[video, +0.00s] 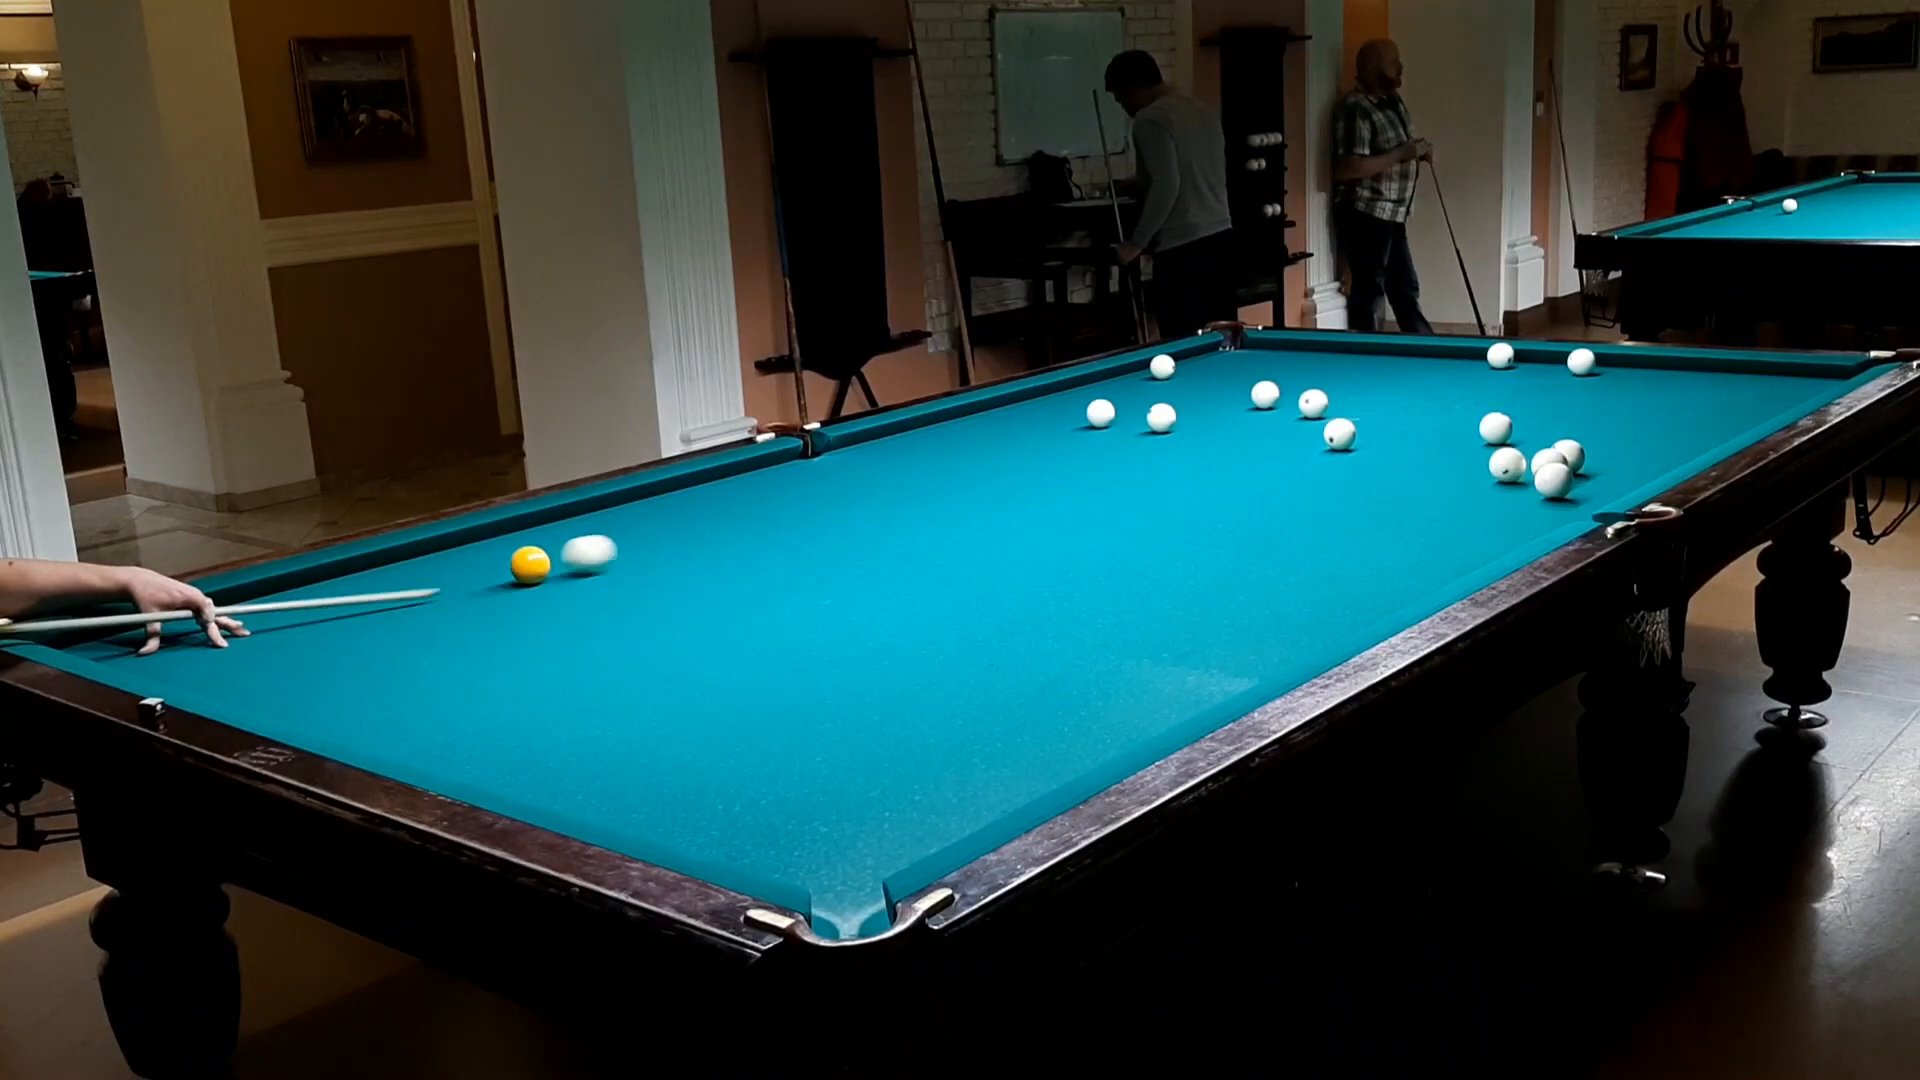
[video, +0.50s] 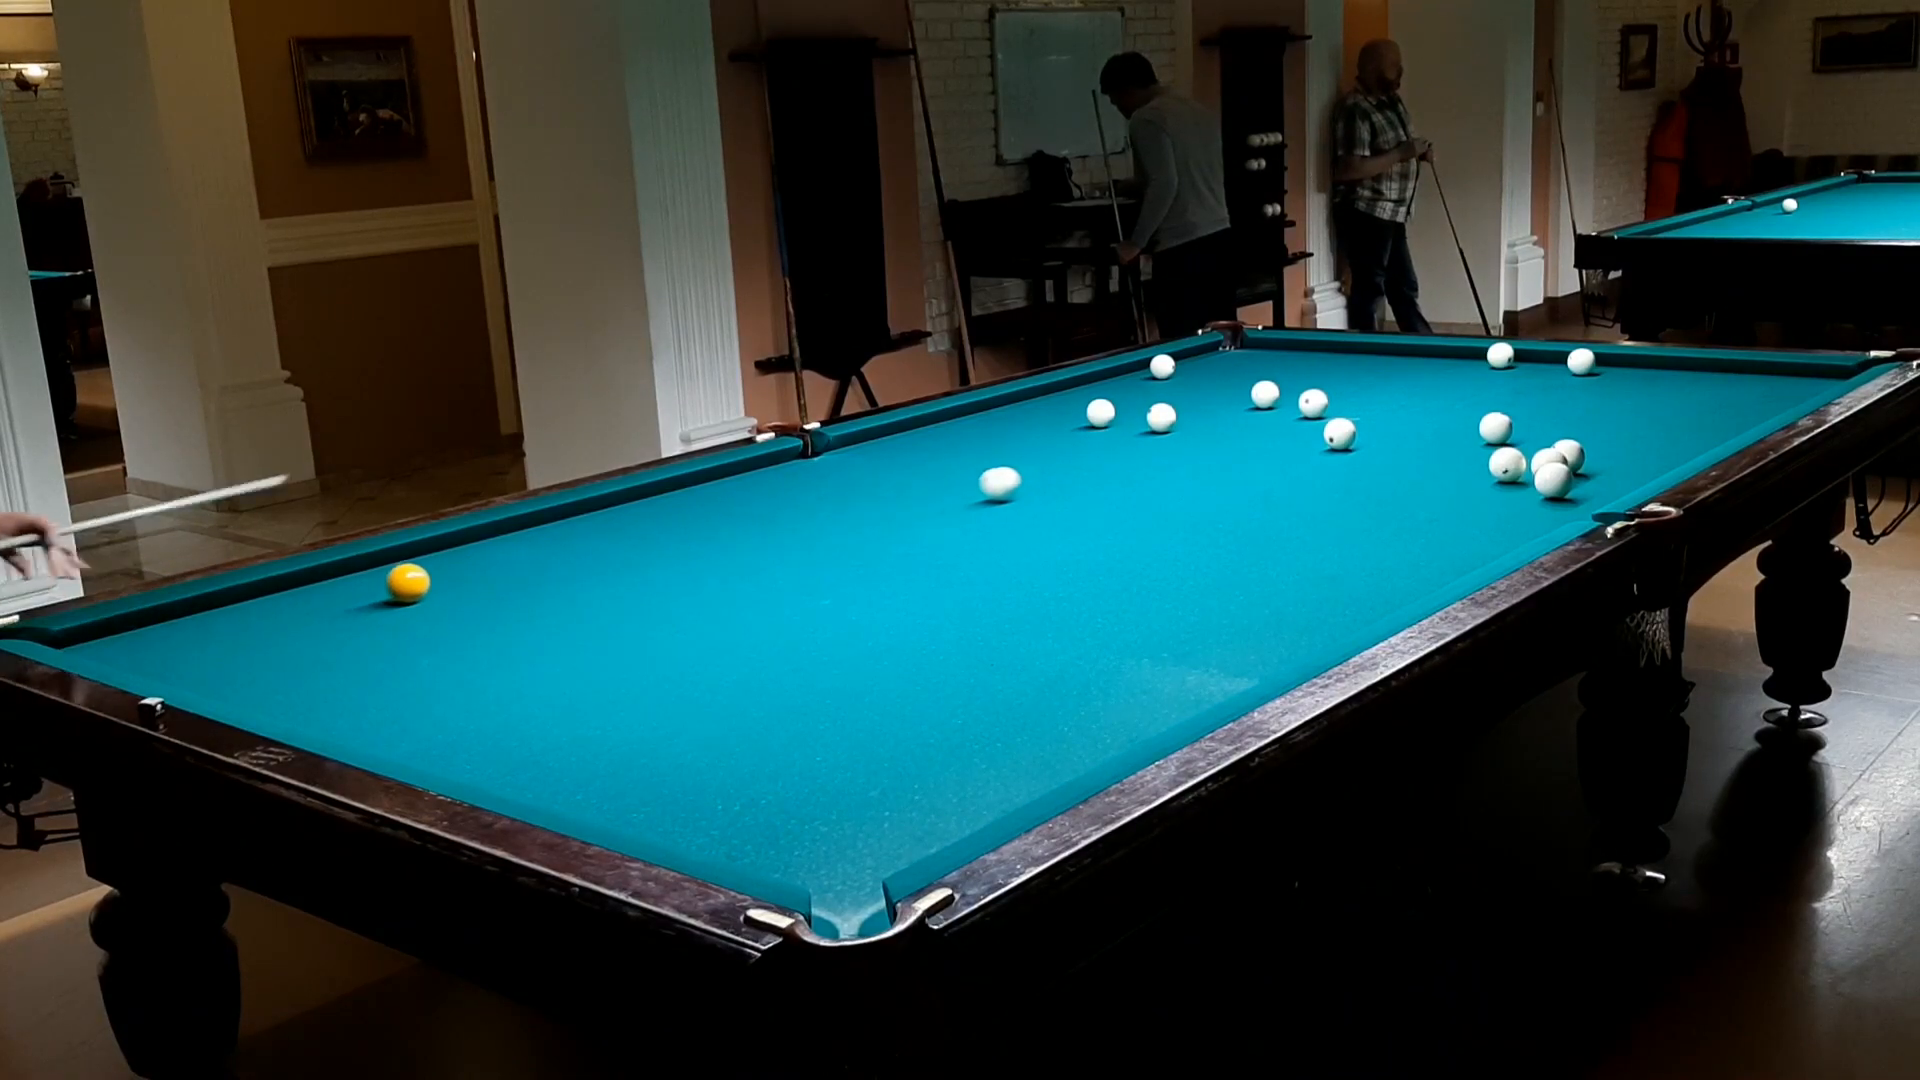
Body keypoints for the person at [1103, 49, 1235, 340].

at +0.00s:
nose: (1121, 106)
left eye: (1119, 97)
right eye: (1117, 99)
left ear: (1130, 88)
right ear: (1155, 78)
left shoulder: (1150, 121)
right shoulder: (1201, 110)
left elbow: (1165, 183)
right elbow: (1206, 172)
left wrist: (1136, 243)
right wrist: (1142, 184)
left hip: (1180, 251)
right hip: (1222, 241)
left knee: (1181, 345)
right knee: (1221, 337)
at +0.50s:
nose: (1117, 108)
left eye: (1114, 99)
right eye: (1113, 100)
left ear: (1125, 90)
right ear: (1150, 79)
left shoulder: (1146, 120)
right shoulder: (1195, 110)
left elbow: (1163, 182)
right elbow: (1206, 172)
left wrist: (1135, 243)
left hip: (1180, 250)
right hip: (1220, 239)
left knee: (1180, 344)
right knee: (1221, 335)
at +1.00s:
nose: (1114, 115)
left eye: (1110, 105)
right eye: (1108, 108)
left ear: (1118, 96)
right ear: (1143, 82)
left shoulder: (1141, 122)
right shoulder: (1188, 110)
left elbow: (1161, 184)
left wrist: (1134, 243)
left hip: (1181, 249)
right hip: (1220, 238)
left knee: (1180, 343)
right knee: (1221, 333)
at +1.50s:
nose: (1113, 113)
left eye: (1109, 104)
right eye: (1107, 106)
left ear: (1118, 95)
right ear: (1144, 82)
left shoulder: (1140, 121)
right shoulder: (1187, 109)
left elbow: (1161, 181)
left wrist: (1134, 243)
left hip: (1180, 250)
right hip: (1219, 239)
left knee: (1180, 344)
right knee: (1220, 335)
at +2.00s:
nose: (1110, 114)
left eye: (1107, 106)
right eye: (1105, 108)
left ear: (1116, 97)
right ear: (1141, 83)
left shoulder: (1139, 122)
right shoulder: (1187, 109)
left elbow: (1160, 180)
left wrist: (1134, 243)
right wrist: (1137, 189)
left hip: (1181, 250)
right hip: (1220, 238)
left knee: (1181, 344)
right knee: (1221, 334)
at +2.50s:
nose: (1107, 116)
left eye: (1104, 107)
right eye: (1102, 109)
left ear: (1115, 98)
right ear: (1137, 86)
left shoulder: (1137, 122)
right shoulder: (1185, 109)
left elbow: (1159, 181)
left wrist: (1134, 243)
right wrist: (1138, 188)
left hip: (1182, 249)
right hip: (1220, 238)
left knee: (1180, 343)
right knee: (1221, 334)